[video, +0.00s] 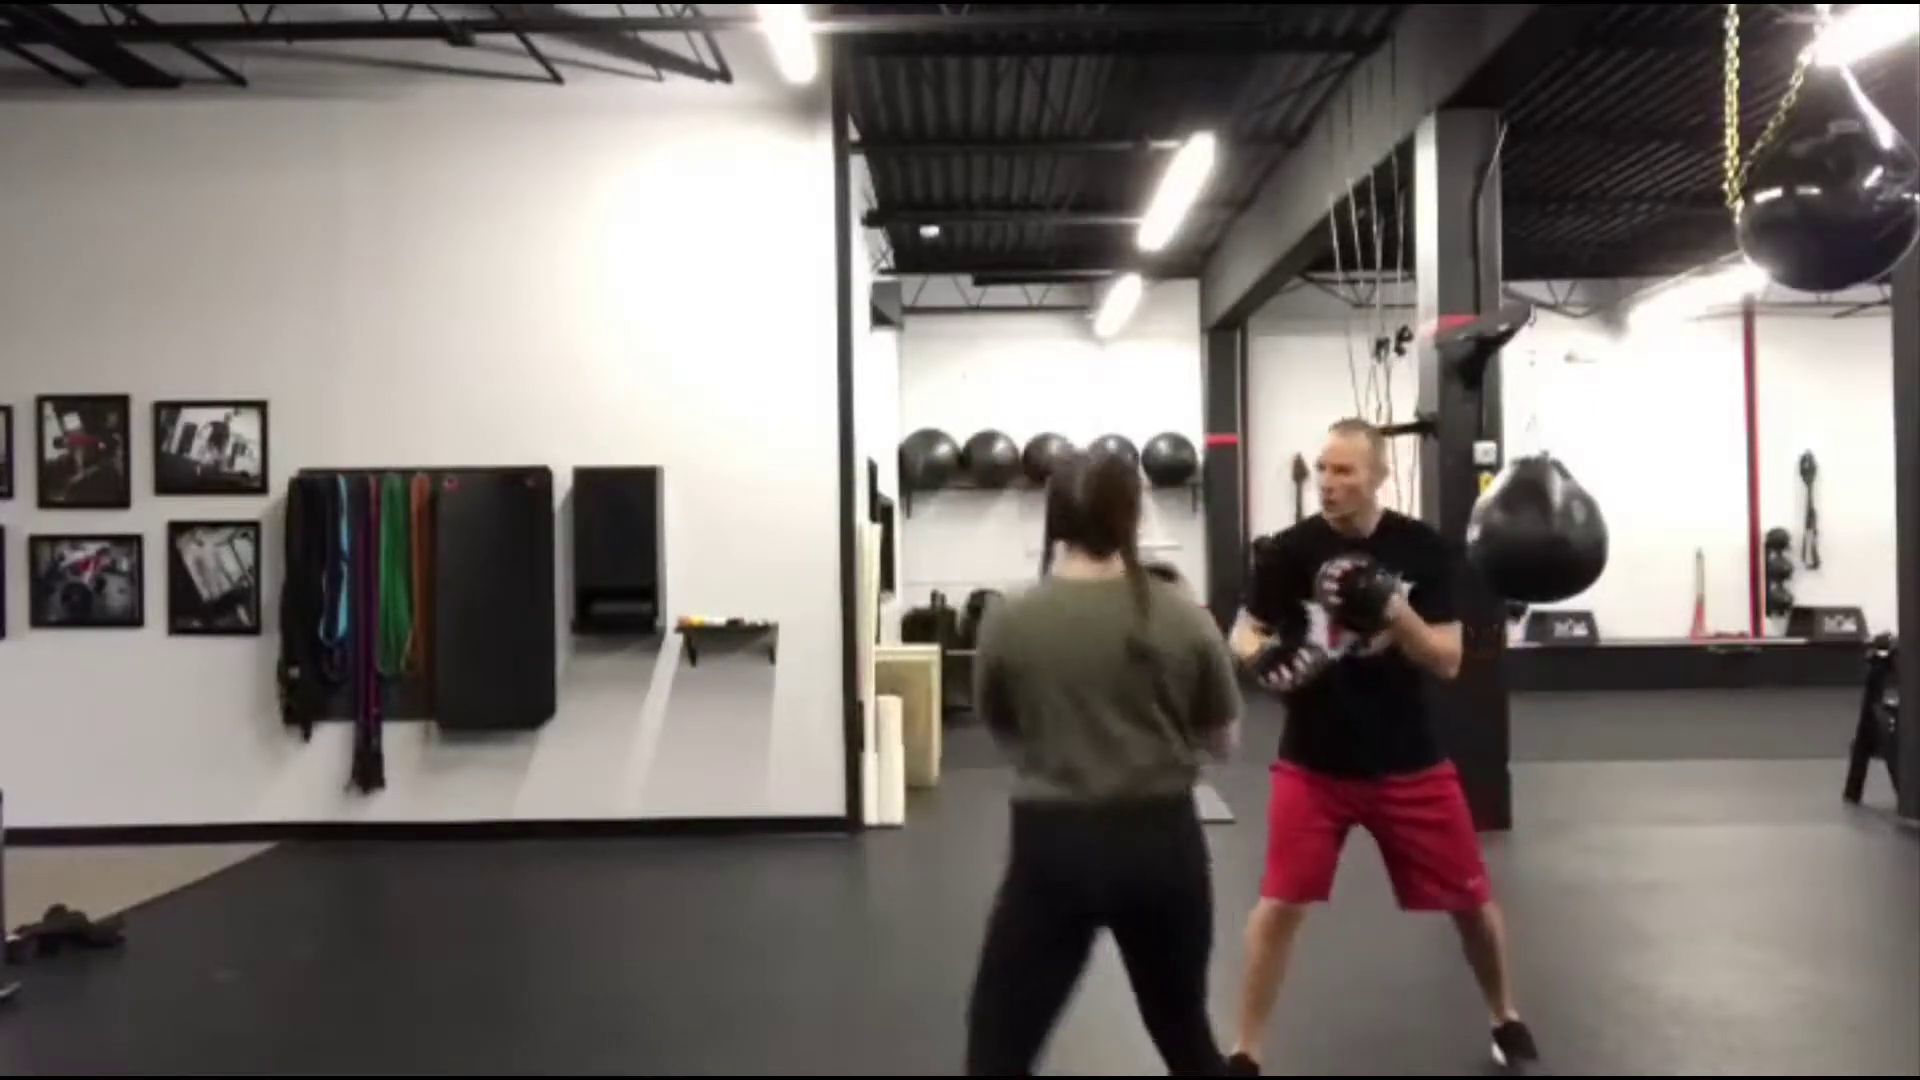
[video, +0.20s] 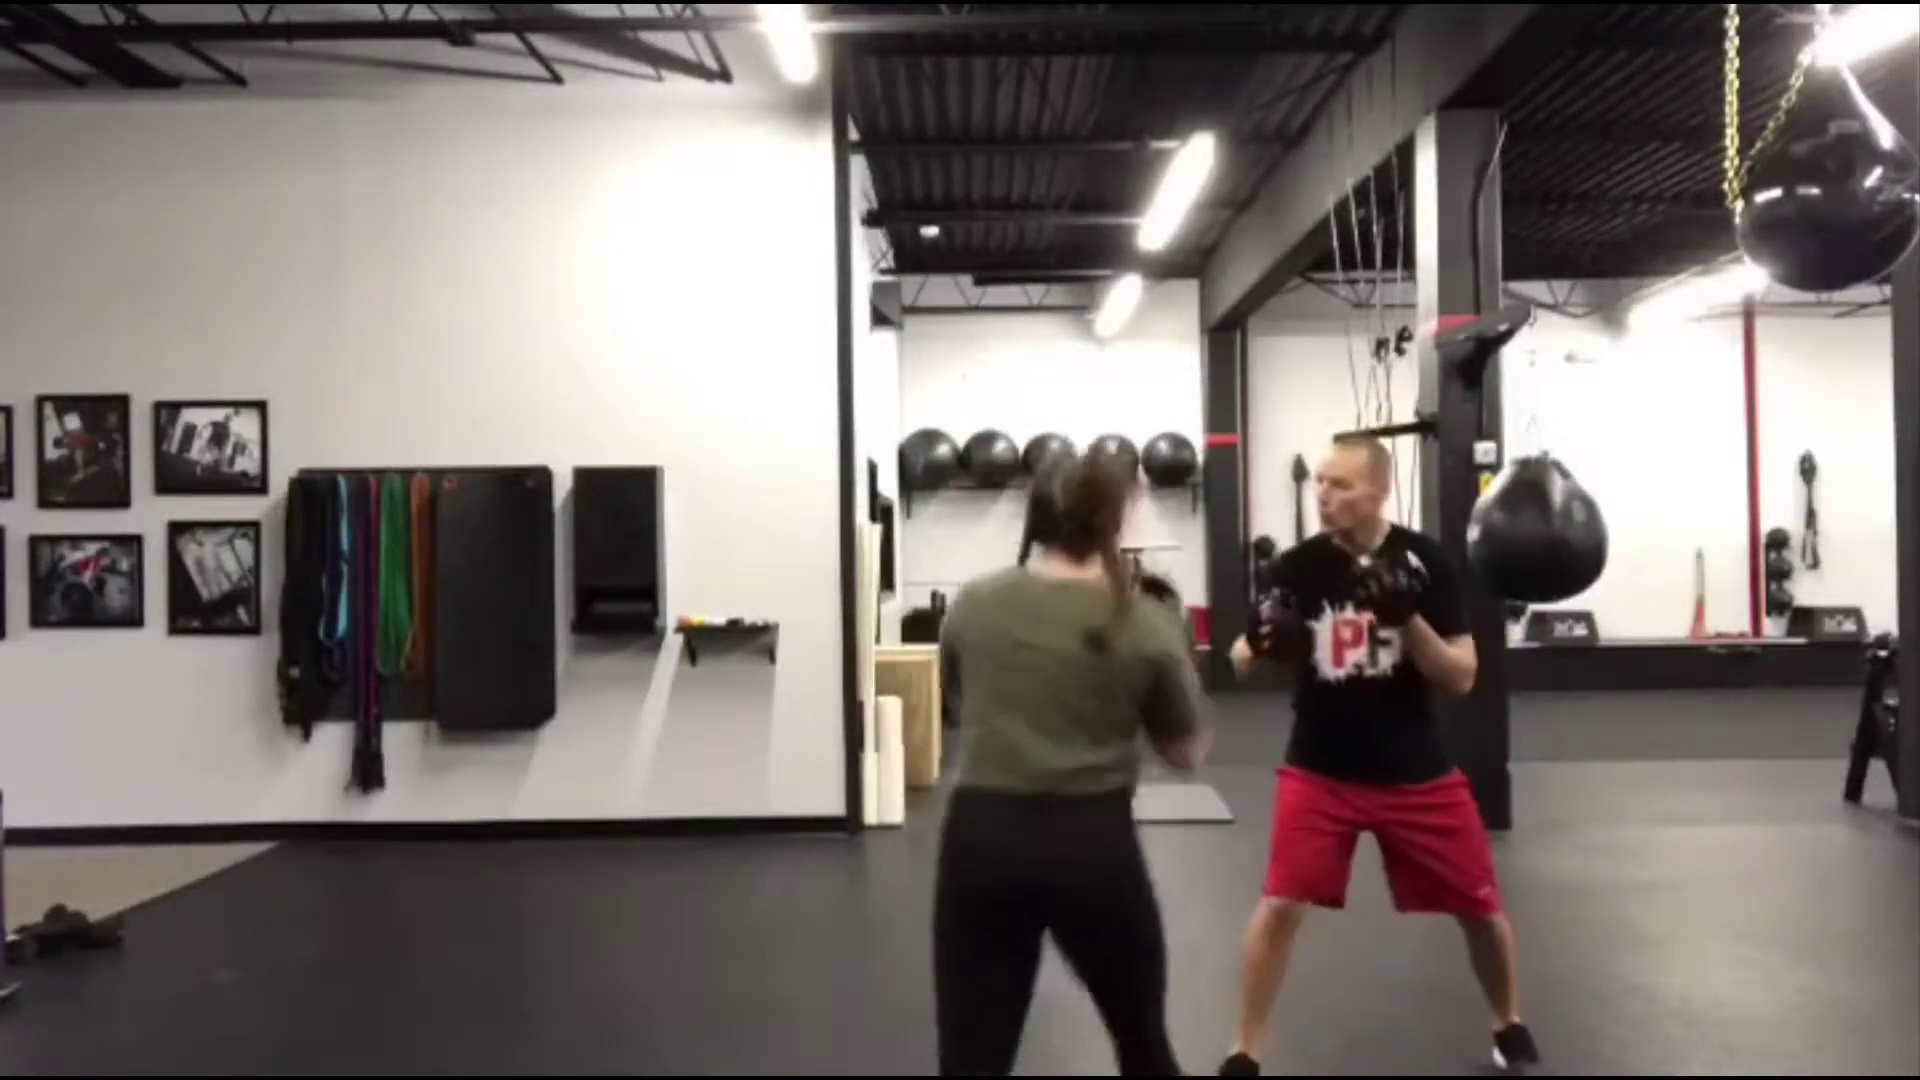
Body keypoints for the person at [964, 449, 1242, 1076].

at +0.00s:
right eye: (1135, 503)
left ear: (1056, 517)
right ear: (1134, 515)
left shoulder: (1013, 617)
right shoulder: (1178, 614)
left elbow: (1001, 725)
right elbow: (1219, 728)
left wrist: (1071, 733)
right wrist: (1147, 721)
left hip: (1053, 853)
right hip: (1161, 849)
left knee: (999, 1043)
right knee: (1182, 1025)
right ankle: (1217, 1070)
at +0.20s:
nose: (1131, 518)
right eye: (1126, 509)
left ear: (1035, 517)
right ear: (1113, 522)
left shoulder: (975, 605)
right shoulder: (1146, 624)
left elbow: (961, 705)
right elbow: (1182, 743)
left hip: (983, 842)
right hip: (1093, 848)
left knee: (972, 1058)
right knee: (1143, 1043)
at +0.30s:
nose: (1112, 569)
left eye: (1106, 558)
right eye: (1108, 559)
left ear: (1023, 563)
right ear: (1100, 572)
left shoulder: (964, 646)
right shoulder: (1123, 676)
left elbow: (942, 739)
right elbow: (1155, 811)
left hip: (956, 890)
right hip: (1068, 902)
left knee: (956, 1066)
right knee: (1130, 1062)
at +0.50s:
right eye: (1103, 519)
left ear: (1021, 525)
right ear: (1099, 528)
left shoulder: (972, 619)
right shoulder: (1139, 624)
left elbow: (947, 708)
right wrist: (1235, 630)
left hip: (999, 862)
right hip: (1109, 862)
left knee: (978, 1057)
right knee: (1155, 1034)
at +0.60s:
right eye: (1115, 507)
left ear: (1040, 523)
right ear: (1116, 518)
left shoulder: (1008, 617)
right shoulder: (1173, 600)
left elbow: (960, 710)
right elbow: (1300, 641)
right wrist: (1261, 587)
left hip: (1049, 848)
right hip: (1155, 840)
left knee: (999, 1051)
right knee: (1178, 1029)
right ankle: (1220, 1074)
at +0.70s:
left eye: (1065, 516)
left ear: (1063, 529)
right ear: (1138, 519)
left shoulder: (1050, 620)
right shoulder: (1193, 588)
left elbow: (992, 726)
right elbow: (1302, 600)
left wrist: (1025, 636)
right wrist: (1246, 548)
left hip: (1095, 846)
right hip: (1194, 833)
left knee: (1018, 1048)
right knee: (1196, 1026)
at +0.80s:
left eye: (1091, 503)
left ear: (1095, 519)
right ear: (1172, 509)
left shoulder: (1085, 607)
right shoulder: (1220, 579)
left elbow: (1010, 712)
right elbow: (1278, 573)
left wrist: (1037, 632)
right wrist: (1226, 532)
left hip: (1110, 829)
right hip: (1212, 818)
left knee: (1029, 1038)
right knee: (1205, 1024)